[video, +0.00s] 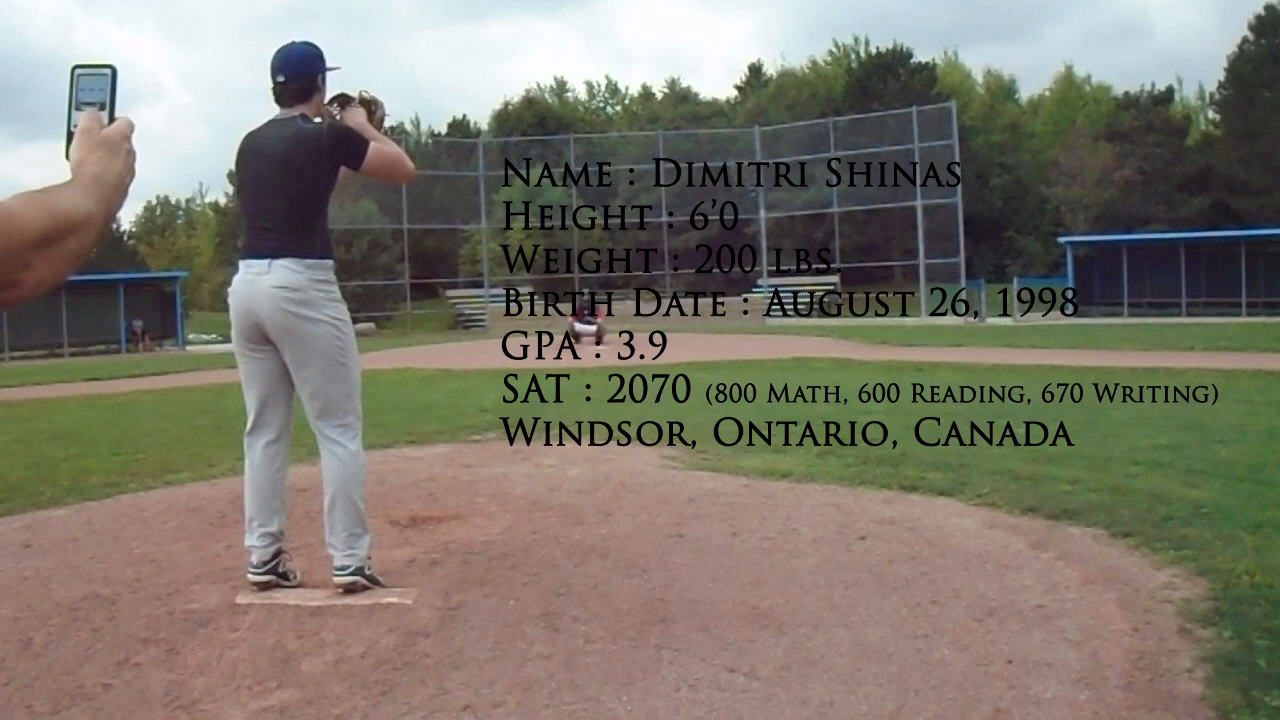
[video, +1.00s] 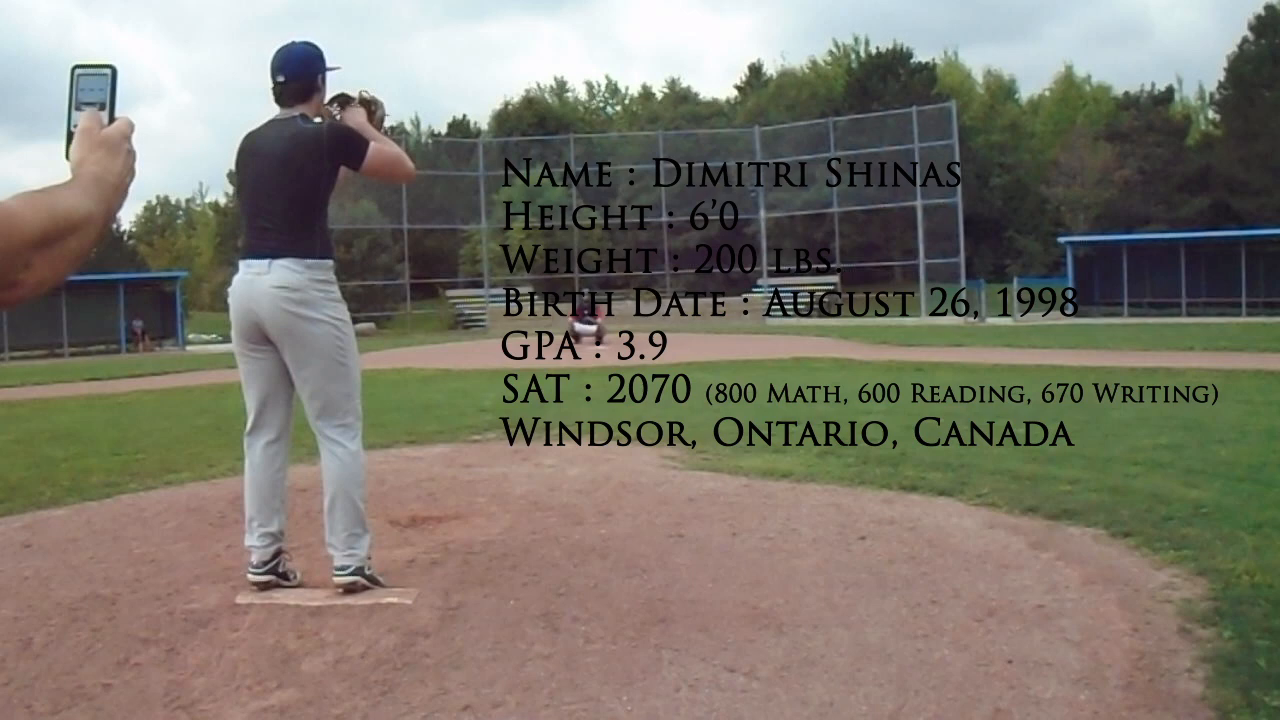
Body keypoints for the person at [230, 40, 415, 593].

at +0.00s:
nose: (327, 88)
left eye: (322, 81)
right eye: (325, 81)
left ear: (275, 88)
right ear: (320, 86)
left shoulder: (250, 143)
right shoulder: (327, 135)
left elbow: (301, 185)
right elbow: (402, 167)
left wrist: (327, 131)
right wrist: (362, 125)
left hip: (246, 288)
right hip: (303, 286)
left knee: (264, 430)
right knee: (338, 429)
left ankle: (263, 558)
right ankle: (350, 561)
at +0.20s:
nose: (327, 88)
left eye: (322, 81)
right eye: (325, 81)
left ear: (275, 88)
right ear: (320, 86)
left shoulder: (250, 143)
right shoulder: (327, 135)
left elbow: (301, 185)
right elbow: (402, 167)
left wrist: (327, 131)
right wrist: (362, 125)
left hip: (246, 288)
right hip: (303, 286)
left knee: (264, 430)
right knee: (338, 429)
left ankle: (263, 558)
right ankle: (350, 561)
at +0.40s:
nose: (327, 88)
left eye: (322, 81)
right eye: (325, 81)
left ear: (275, 88)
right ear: (320, 86)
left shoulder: (250, 143)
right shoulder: (327, 135)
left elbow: (301, 185)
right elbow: (402, 167)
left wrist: (327, 131)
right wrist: (362, 125)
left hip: (246, 288)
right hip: (303, 286)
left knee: (264, 430)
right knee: (338, 429)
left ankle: (263, 558)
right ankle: (350, 561)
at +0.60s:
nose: (327, 88)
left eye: (322, 81)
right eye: (325, 81)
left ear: (275, 88)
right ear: (320, 86)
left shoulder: (250, 143)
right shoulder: (327, 135)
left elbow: (301, 185)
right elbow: (402, 167)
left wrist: (327, 131)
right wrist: (362, 125)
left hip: (246, 288)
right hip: (303, 286)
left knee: (264, 430)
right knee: (338, 429)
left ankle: (263, 558)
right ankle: (350, 561)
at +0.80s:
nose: (327, 88)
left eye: (322, 81)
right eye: (325, 81)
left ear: (275, 88)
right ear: (320, 86)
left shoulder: (250, 143)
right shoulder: (327, 135)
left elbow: (301, 185)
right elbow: (402, 167)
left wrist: (327, 131)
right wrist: (362, 125)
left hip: (246, 288)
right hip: (303, 286)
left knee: (264, 430)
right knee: (338, 429)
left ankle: (263, 558)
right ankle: (350, 561)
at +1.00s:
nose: (327, 88)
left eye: (322, 81)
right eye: (325, 81)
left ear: (275, 88)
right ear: (320, 86)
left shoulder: (250, 143)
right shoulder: (327, 135)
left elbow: (301, 185)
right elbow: (402, 167)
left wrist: (327, 131)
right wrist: (362, 125)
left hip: (246, 288)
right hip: (303, 286)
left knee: (264, 430)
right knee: (338, 429)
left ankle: (263, 558)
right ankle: (350, 561)